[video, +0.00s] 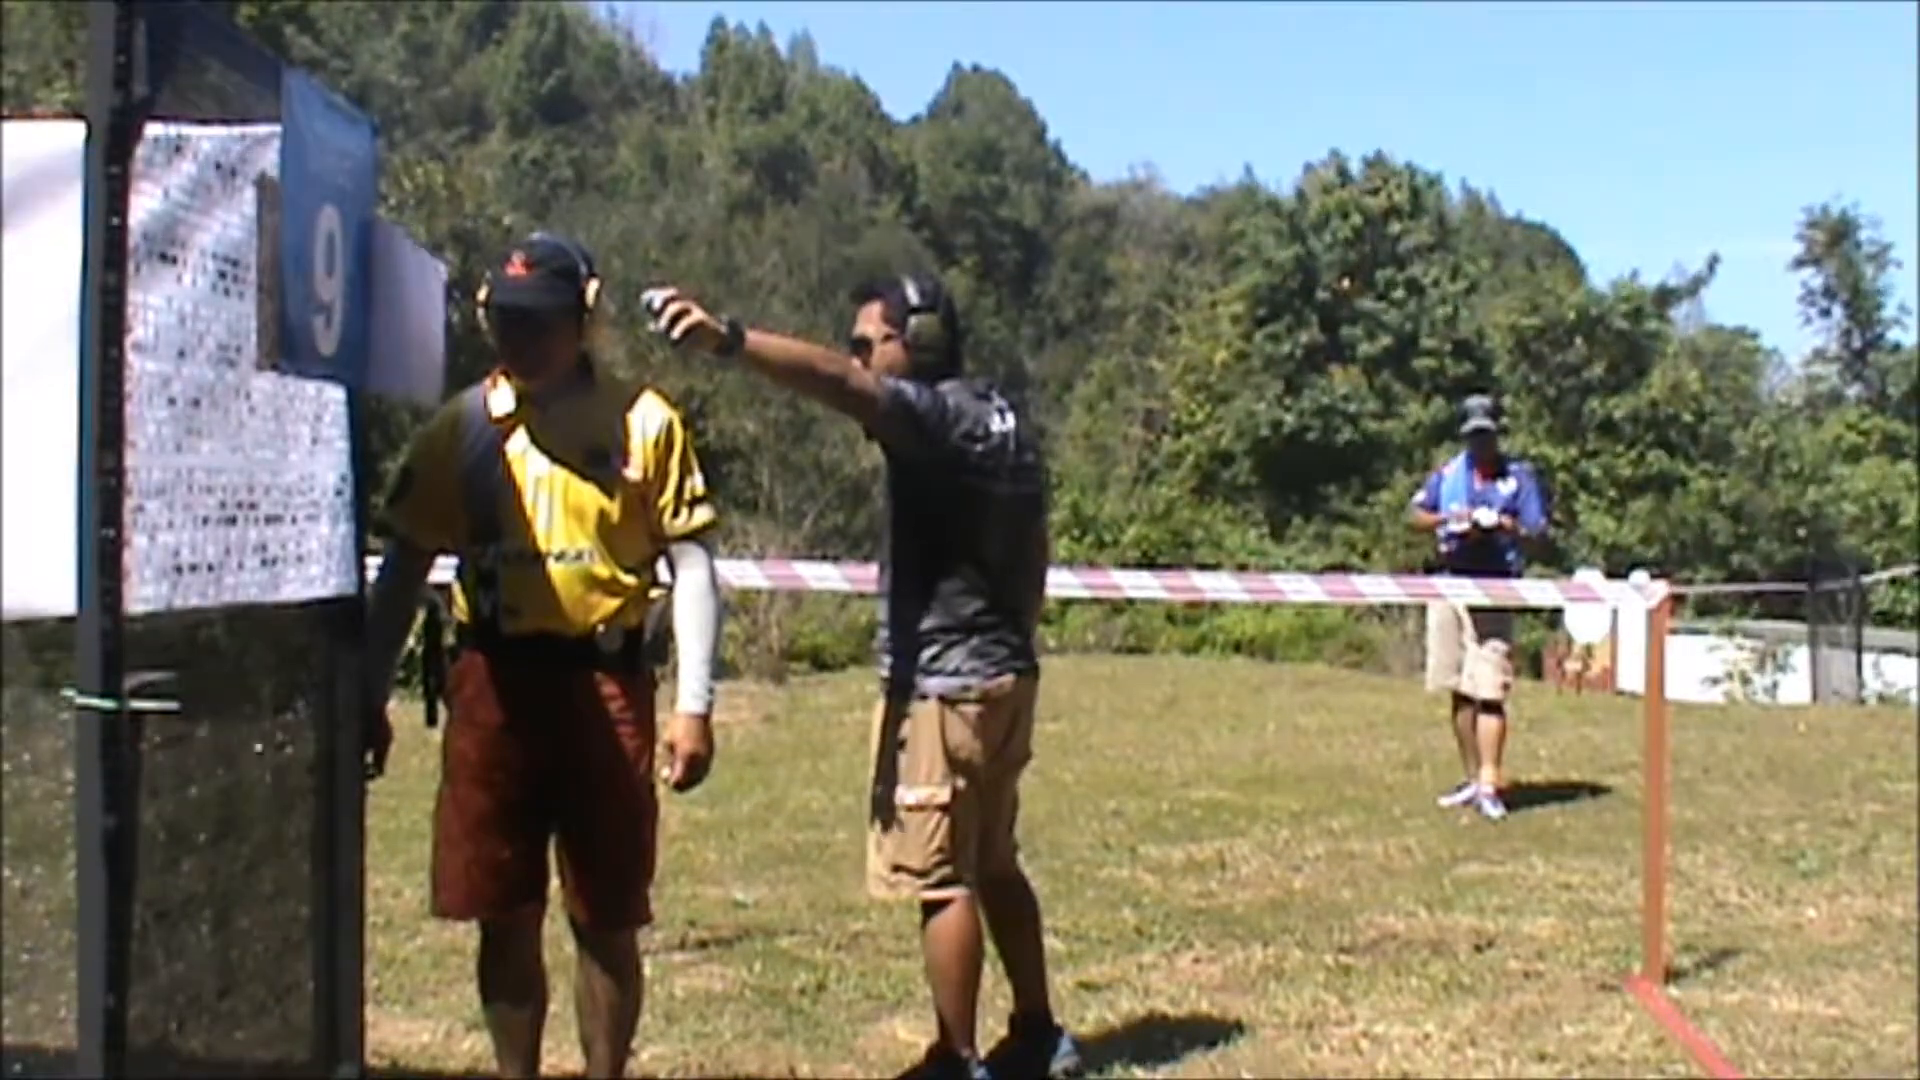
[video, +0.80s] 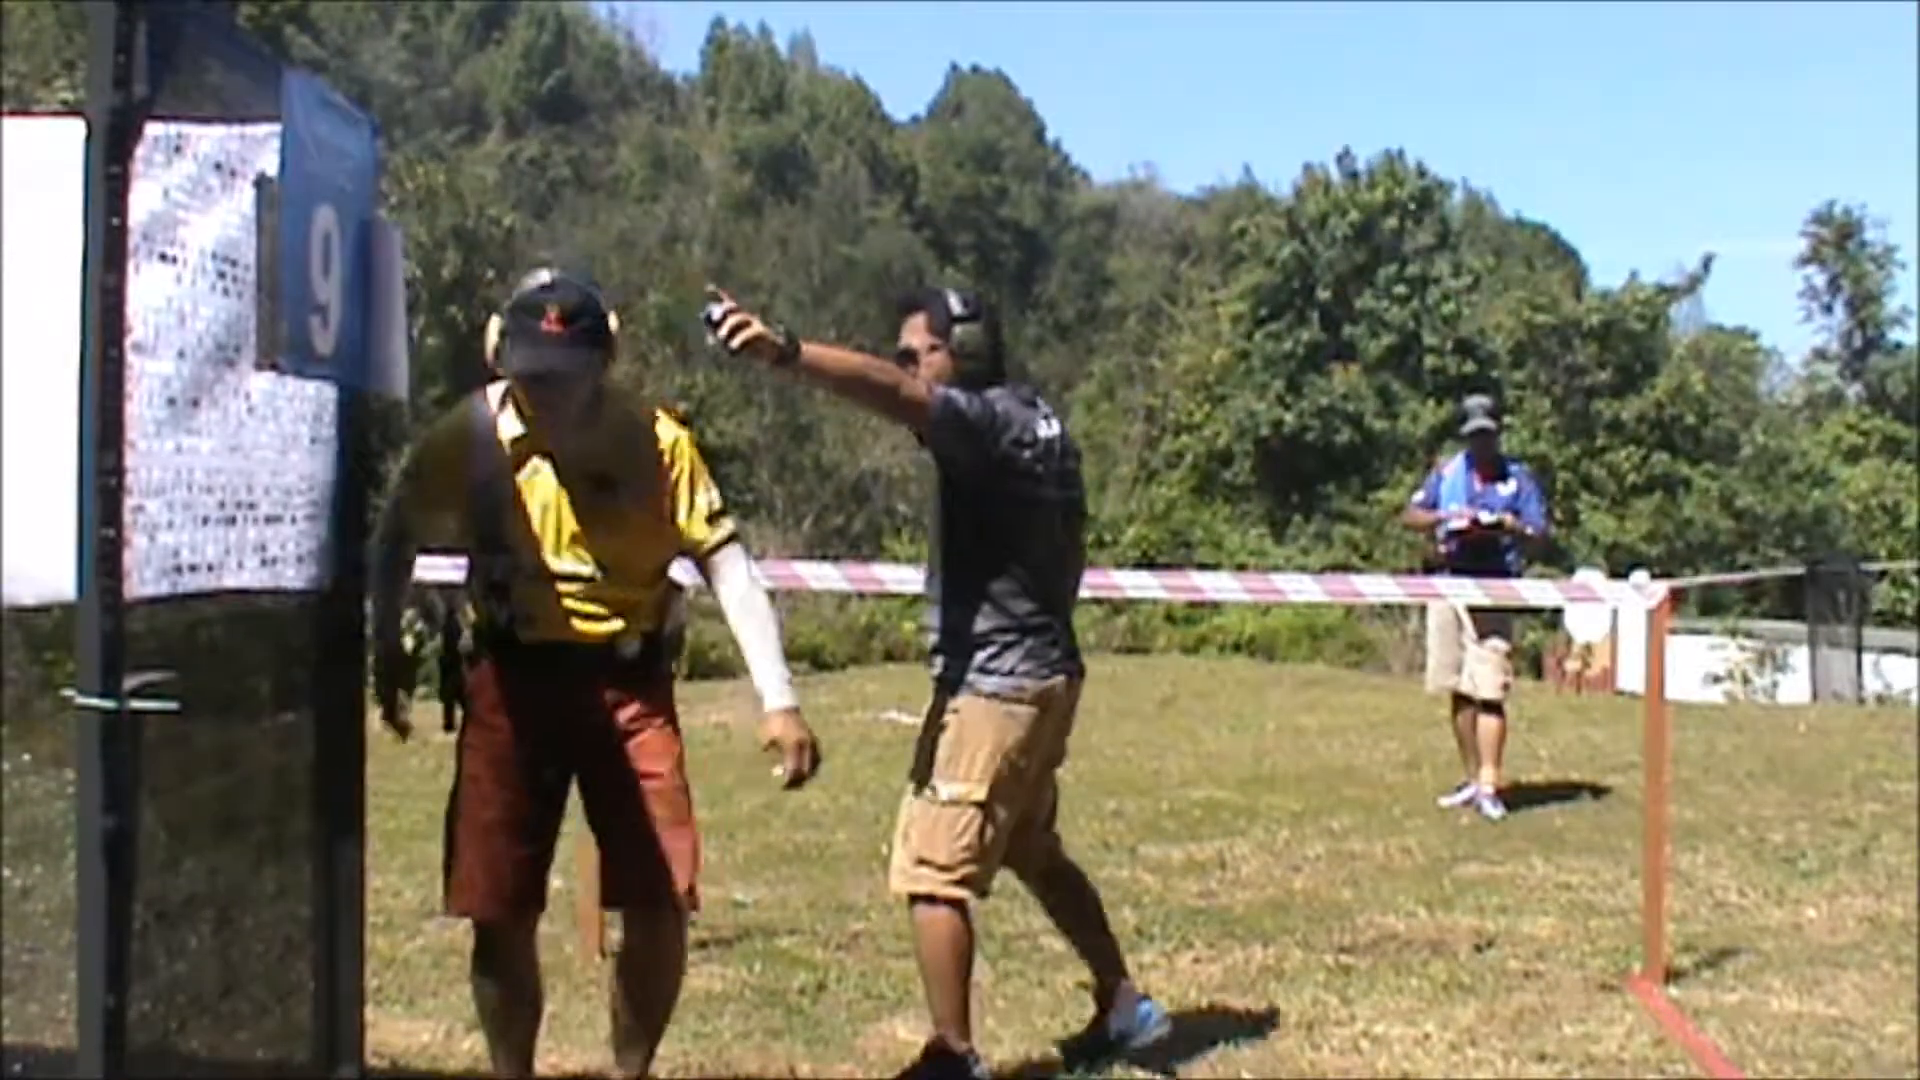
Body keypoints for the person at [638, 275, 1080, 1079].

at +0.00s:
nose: (859, 359)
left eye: (869, 344)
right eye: (858, 344)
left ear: (918, 341)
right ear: (941, 343)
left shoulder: (931, 412)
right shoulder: (1005, 418)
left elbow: (843, 379)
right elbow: (1029, 558)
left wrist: (729, 338)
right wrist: (1011, 650)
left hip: (949, 677)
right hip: (1005, 671)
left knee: (939, 876)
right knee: (994, 866)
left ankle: (954, 1055)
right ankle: (1038, 1029)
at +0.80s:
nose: (903, 373)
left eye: (913, 357)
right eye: (902, 357)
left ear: (954, 355)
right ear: (985, 355)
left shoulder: (982, 419)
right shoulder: (1048, 425)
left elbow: (893, 388)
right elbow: (1069, 550)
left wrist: (784, 352)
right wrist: (1040, 634)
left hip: (996, 676)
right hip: (1046, 672)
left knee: (935, 864)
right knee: (1031, 845)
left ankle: (950, 1050)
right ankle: (1123, 1004)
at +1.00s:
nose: (982, 396)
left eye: (994, 384)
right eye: (981, 383)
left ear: (1036, 386)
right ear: (1062, 390)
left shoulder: (1056, 445)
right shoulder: (1113, 461)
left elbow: (977, 409)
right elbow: (1084, 586)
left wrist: (882, 365)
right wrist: (1006, 618)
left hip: (1050, 696)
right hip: (1099, 695)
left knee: (948, 868)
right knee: (1071, 856)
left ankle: (952, 1052)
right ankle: (1198, 990)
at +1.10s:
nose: (1051, 414)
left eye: (1062, 397)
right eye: (1047, 399)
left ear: (1101, 392)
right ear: (1121, 397)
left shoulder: (1130, 459)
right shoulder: (1168, 469)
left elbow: (1055, 425)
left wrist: (963, 379)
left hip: (1110, 700)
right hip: (1155, 702)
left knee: (1015, 867)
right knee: (1122, 876)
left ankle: (957, 1041)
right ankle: (1226, 1012)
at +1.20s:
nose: (1096, 410)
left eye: (1105, 397)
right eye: (1093, 398)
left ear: (1143, 395)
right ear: (1151, 398)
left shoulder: (1174, 459)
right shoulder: (1201, 469)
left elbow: (1104, 418)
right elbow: (1180, 607)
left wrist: (1018, 378)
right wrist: (1109, 670)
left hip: (1155, 700)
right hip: (1193, 701)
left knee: (1053, 860)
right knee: (1147, 878)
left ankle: (1008, 1035)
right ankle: (1226, 1014)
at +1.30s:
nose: (1145, 386)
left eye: (1152, 373)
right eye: (1144, 375)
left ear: (1189, 376)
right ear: (1198, 380)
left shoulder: (1239, 451)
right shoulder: (1231, 460)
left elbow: (1168, 409)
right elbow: (1223, 582)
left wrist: (1088, 368)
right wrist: (1165, 659)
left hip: (1218, 685)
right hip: (1216, 683)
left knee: (1114, 838)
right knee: (1173, 856)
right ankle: (1227, 1013)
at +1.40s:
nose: (1180, 390)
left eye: (1190, 375)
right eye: (1178, 377)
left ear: (1228, 373)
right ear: (1210, 376)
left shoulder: (1277, 450)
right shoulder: (1234, 464)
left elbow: (1206, 399)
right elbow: (1242, 580)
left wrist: (1126, 358)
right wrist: (1208, 665)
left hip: (1264, 681)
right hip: (1225, 679)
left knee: (1184, 846)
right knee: (1184, 850)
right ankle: (1225, 1015)